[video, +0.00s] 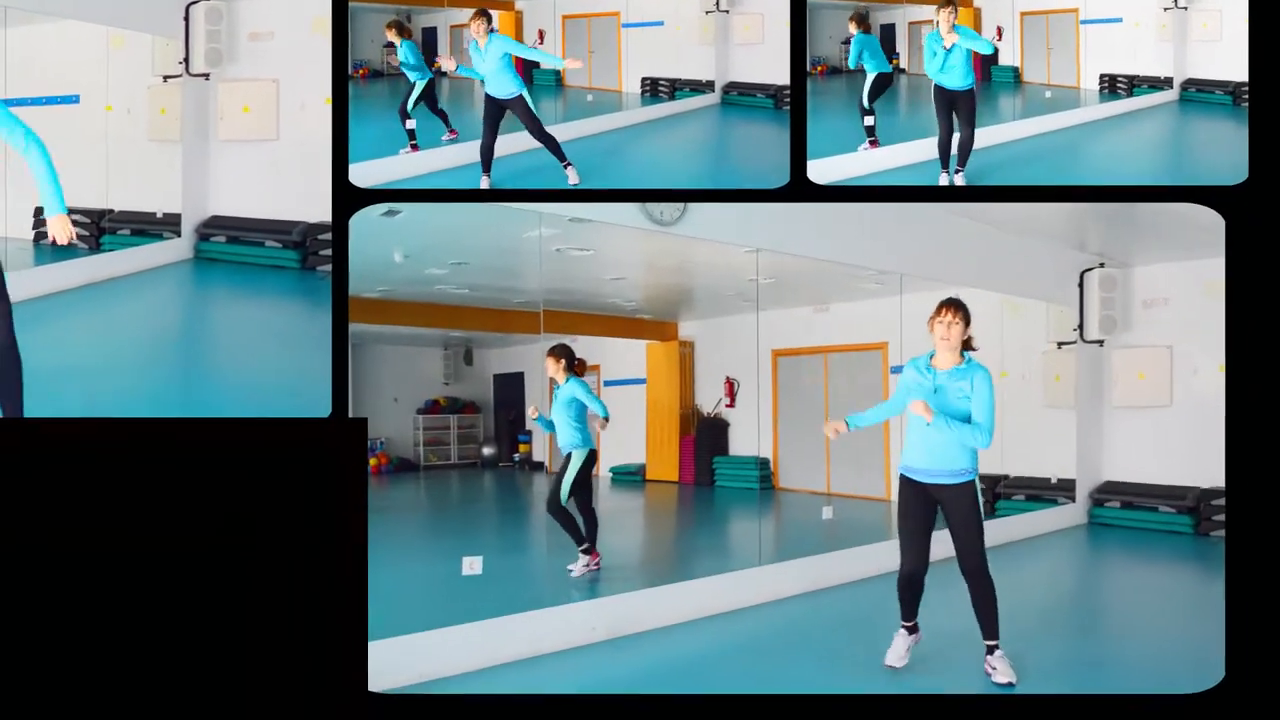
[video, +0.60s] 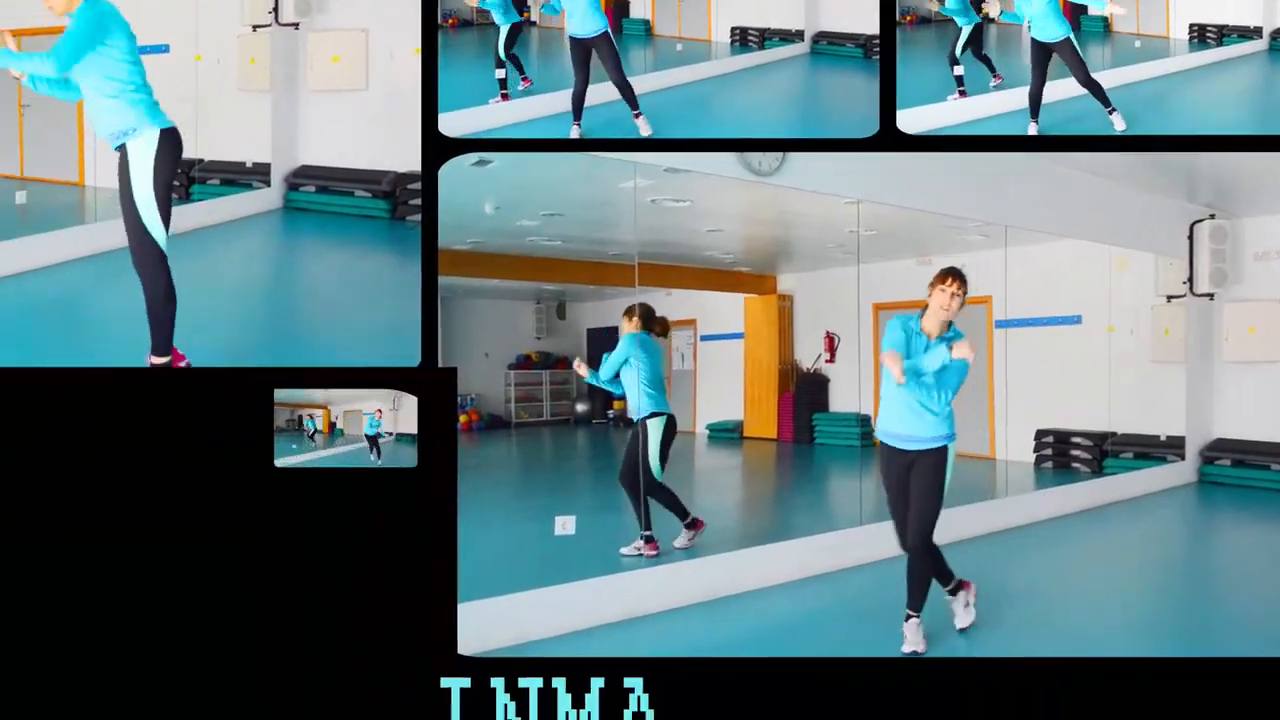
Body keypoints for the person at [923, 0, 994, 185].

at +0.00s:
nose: (948, 16)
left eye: (952, 13)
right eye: (944, 13)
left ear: (956, 16)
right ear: (938, 15)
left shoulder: (964, 32)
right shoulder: (931, 37)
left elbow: (989, 49)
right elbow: (931, 71)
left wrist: (959, 40)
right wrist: (943, 49)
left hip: (965, 89)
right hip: (942, 89)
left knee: (968, 132)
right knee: (946, 132)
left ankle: (959, 172)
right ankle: (944, 172)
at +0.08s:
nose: (945, 19)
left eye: (949, 15)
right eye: (941, 15)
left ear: (954, 19)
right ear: (935, 18)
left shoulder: (962, 34)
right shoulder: (929, 40)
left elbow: (990, 49)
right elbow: (926, 73)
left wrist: (960, 47)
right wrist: (939, 54)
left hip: (967, 87)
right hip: (943, 88)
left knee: (979, 126)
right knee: (948, 131)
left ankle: (971, 168)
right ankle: (946, 172)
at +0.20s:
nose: (942, 20)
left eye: (946, 17)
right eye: (939, 16)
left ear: (952, 19)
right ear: (933, 17)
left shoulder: (961, 33)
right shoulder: (927, 38)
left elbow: (990, 45)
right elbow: (922, 65)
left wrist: (983, 59)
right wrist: (918, 64)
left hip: (970, 85)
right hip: (946, 87)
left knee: (990, 125)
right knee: (949, 130)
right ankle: (946, 172)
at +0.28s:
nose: (944, 18)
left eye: (948, 15)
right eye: (941, 13)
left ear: (953, 17)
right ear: (935, 14)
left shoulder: (962, 31)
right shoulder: (930, 36)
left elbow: (990, 41)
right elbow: (933, 60)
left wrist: (1010, 51)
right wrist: (915, 59)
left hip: (975, 83)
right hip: (952, 86)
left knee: (997, 124)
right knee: (953, 129)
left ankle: (1025, 160)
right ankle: (950, 170)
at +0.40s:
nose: (960, 11)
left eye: (964, 7)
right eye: (957, 7)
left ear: (971, 9)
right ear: (953, 10)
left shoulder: (980, 24)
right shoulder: (956, 26)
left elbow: (1012, 34)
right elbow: (965, 48)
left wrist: (1044, 42)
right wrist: (944, 46)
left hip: (997, 77)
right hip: (976, 79)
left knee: (1022, 113)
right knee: (969, 120)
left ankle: (1051, 148)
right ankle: (968, 158)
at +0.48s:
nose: (980, 2)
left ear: (992, 1)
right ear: (974, 3)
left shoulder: (1004, 14)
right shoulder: (981, 18)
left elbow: (1033, 25)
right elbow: (988, 42)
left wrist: (1064, 32)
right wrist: (970, 36)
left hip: (1021, 68)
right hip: (999, 69)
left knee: (1044, 101)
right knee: (990, 110)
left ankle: (1074, 136)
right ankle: (989, 147)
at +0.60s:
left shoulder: (1053, 2)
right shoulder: (1019, 2)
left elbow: (1081, 2)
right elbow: (1020, 18)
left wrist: (1104, 5)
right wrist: (1000, 13)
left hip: (1061, 37)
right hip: (1038, 40)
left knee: (1084, 79)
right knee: (1036, 83)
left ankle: (1112, 112)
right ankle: (1033, 123)